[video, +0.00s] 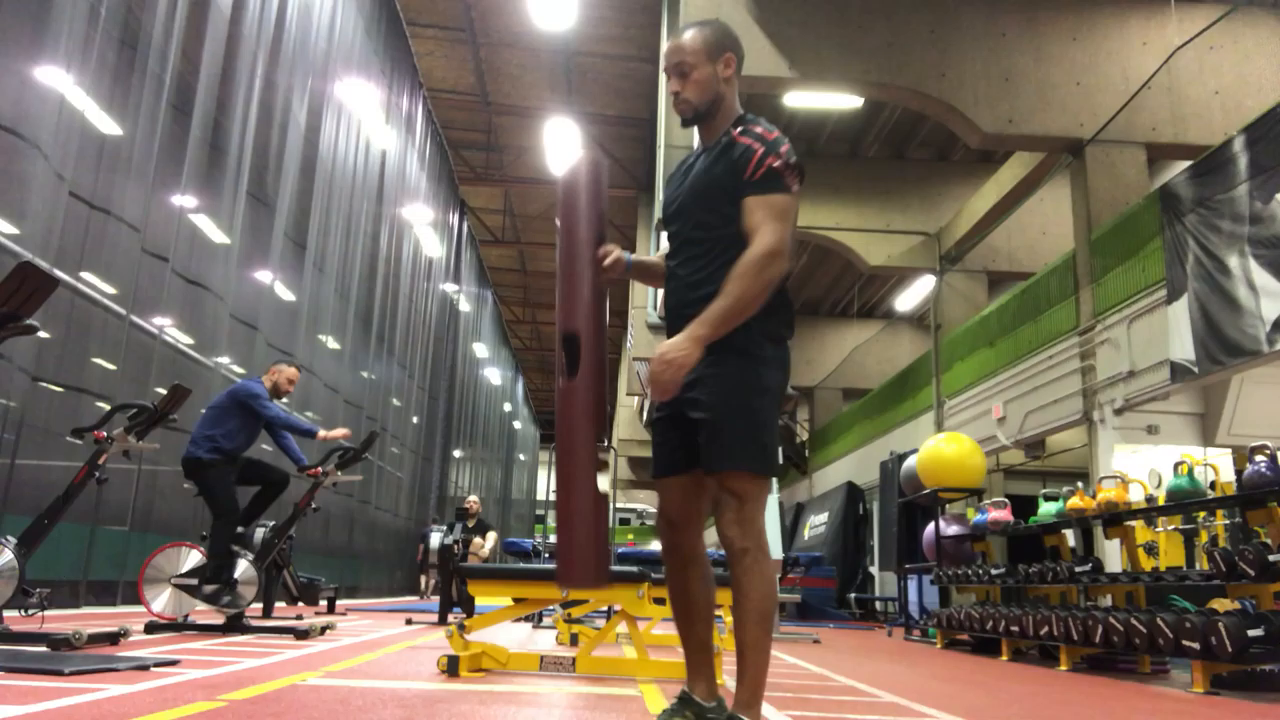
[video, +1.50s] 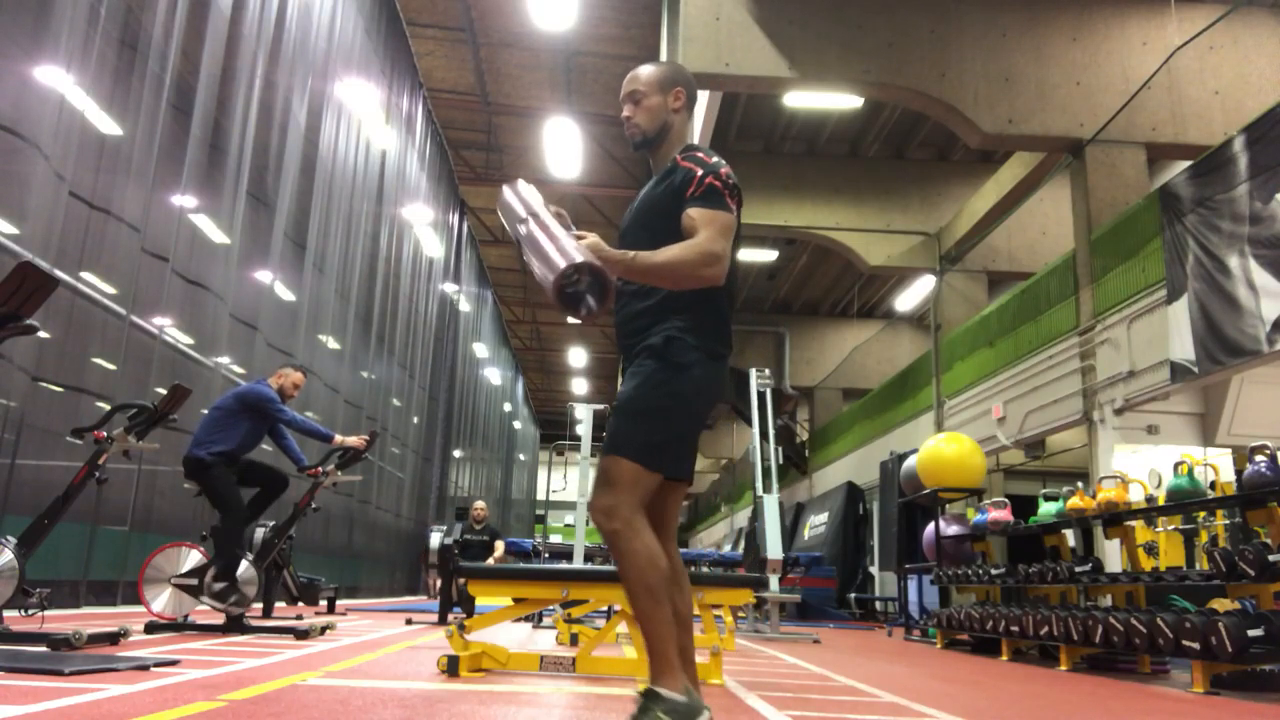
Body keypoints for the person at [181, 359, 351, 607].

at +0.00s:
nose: (291, 389)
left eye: (294, 385)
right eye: (289, 382)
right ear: (273, 374)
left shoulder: (264, 401)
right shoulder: (250, 389)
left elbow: (280, 434)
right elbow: (277, 418)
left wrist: (304, 465)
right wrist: (321, 433)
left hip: (227, 461)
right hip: (204, 460)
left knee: (278, 479)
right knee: (227, 515)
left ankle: (238, 527)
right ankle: (212, 585)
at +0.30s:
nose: (292, 392)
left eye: (295, 388)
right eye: (291, 384)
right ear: (275, 375)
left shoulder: (265, 402)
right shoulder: (255, 390)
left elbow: (281, 437)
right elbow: (290, 416)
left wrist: (304, 466)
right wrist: (338, 434)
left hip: (217, 459)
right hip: (203, 456)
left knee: (253, 514)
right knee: (256, 483)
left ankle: (238, 568)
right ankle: (208, 532)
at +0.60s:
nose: (293, 395)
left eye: (297, 392)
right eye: (293, 387)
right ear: (277, 377)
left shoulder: (265, 404)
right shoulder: (256, 392)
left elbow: (282, 438)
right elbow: (291, 419)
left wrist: (305, 466)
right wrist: (338, 439)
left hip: (220, 459)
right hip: (205, 457)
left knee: (262, 503)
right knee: (256, 499)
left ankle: (225, 542)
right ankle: (236, 562)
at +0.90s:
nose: (294, 395)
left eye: (298, 392)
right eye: (293, 388)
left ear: (280, 383)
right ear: (278, 378)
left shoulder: (266, 403)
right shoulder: (257, 393)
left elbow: (281, 438)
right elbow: (293, 422)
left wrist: (305, 466)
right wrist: (339, 440)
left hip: (225, 461)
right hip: (203, 460)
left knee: (274, 487)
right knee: (239, 510)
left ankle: (251, 545)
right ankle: (198, 566)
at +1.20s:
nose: (295, 393)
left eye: (298, 390)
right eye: (294, 386)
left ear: (281, 381)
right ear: (278, 377)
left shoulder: (265, 401)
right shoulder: (258, 392)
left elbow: (281, 437)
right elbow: (292, 421)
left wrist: (305, 466)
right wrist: (339, 440)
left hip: (215, 459)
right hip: (204, 456)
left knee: (243, 520)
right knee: (264, 470)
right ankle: (230, 530)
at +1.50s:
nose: (295, 394)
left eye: (298, 390)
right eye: (294, 386)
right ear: (279, 377)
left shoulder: (267, 402)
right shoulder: (259, 392)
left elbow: (281, 437)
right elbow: (294, 421)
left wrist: (304, 467)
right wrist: (341, 440)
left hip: (227, 462)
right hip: (206, 461)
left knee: (277, 481)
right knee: (235, 513)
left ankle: (232, 527)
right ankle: (220, 581)